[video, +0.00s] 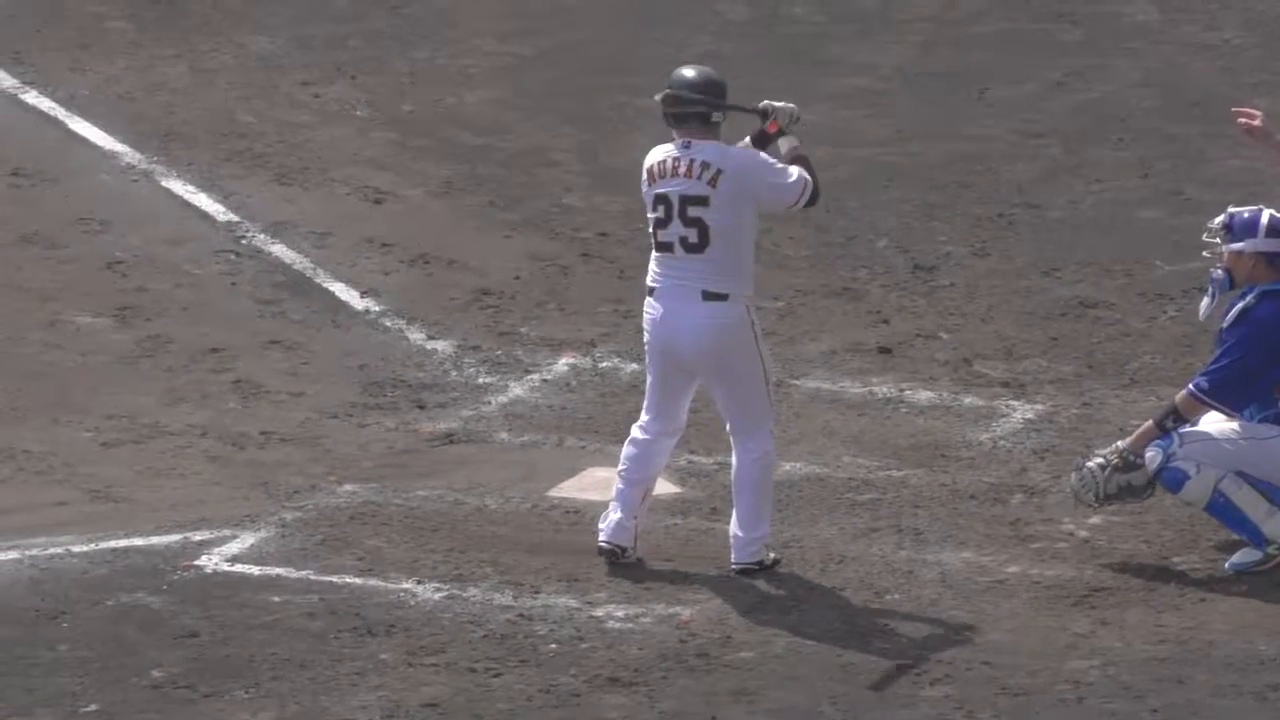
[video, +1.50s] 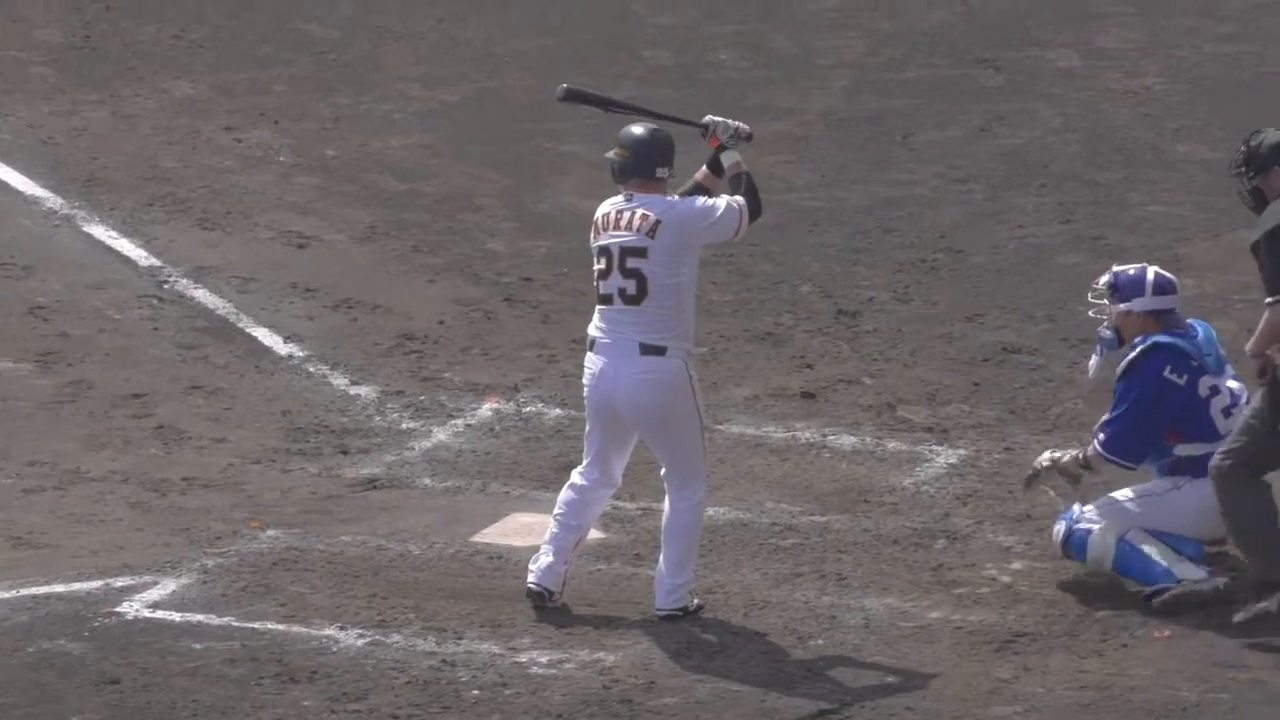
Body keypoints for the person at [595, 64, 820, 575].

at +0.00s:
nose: (687, 119)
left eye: (675, 110)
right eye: (718, 111)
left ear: (671, 113)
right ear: (720, 114)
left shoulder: (653, 162)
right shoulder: (743, 164)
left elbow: (712, 174)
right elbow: (806, 190)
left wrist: (761, 137)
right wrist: (791, 146)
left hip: (661, 312)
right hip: (724, 318)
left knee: (655, 421)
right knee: (751, 433)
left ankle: (615, 532)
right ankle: (748, 550)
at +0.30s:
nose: (664, 128)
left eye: (667, 123)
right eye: (668, 123)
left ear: (672, 128)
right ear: (717, 127)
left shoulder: (655, 178)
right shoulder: (741, 175)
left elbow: (722, 165)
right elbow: (807, 163)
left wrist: (763, 111)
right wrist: (788, 116)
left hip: (663, 326)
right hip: (723, 332)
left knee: (658, 433)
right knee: (749, 445)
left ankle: (610, 539)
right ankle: (740, 562)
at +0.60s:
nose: (644, 137)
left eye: (646, 132)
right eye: (647, 132)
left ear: (651, 136)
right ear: (696, 135)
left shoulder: (634, 182)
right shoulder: (716, 182)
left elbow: (703, 165)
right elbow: (786, 164)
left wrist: (744, 113)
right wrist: (766, 116)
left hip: (633, 334)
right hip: (694, 340)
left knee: (629, 441)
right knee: (721, 452)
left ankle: (583, 551)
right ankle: (714, 570)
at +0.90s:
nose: (635, 150)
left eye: (637, 144)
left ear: (640, 148)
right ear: (688, 148)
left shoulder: (625, 197)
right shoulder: (707, 195)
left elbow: (702, 185)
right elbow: (773, 186)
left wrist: (740, 140)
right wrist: (758, 141)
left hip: (626, 349)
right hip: (686, 354)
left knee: (622, 451)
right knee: (710, 463)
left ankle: (570, 551)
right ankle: (698, 576)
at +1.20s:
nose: (620, 159)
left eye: (623, 154)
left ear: (627, 157)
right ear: (673, 156)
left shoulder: (610, 203)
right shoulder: (691, 204)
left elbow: (687, 190)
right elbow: (757, 197)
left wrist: (726, 148)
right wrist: (743, 151)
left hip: (604, 354)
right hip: (665, 360)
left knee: (601, 461)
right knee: (692, 470)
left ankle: (552, 564)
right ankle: (682, 585)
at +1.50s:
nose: (614, 172)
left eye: (617, 166)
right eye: (666, 166)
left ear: (620, 170)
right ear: (667, 168)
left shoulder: (604, 215)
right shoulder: (683, 215)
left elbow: (681, 202)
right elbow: (749, 208)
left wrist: (718, 155)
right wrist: (734, 161)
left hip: (600, 365)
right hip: (660, 371)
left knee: (595, 472)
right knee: (685, 482)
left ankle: (544, 574)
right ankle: (673, 596)